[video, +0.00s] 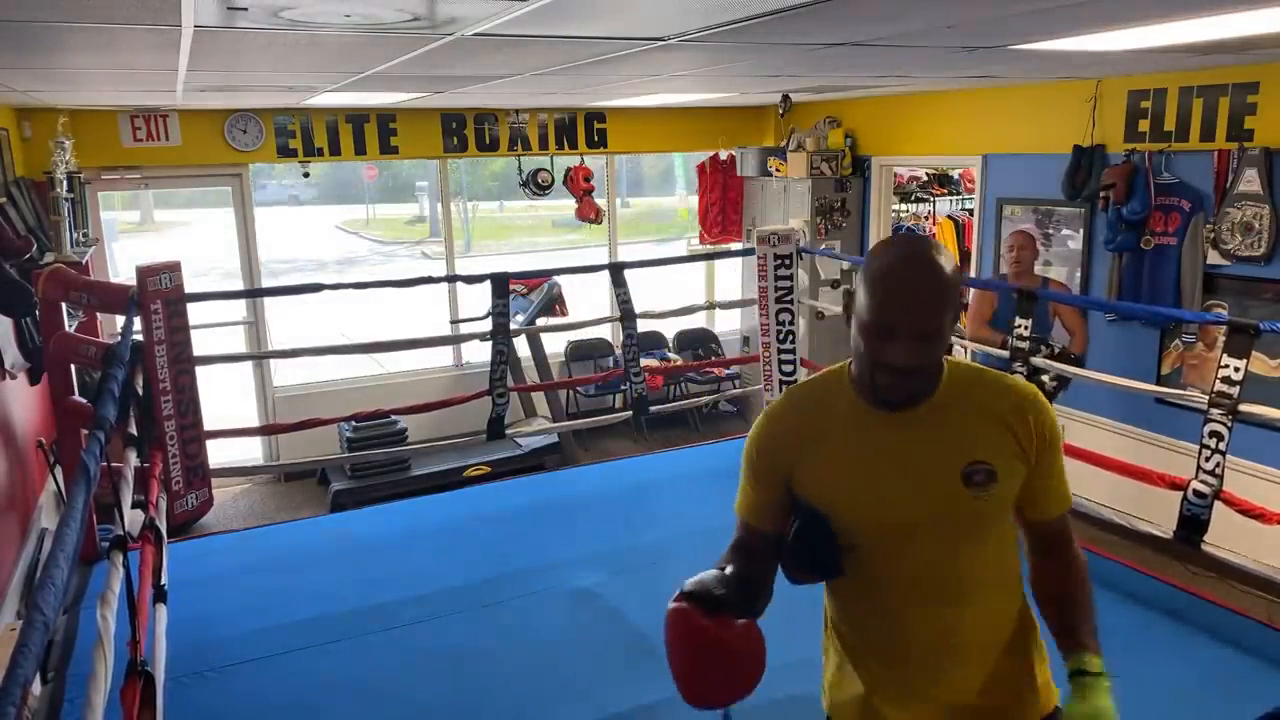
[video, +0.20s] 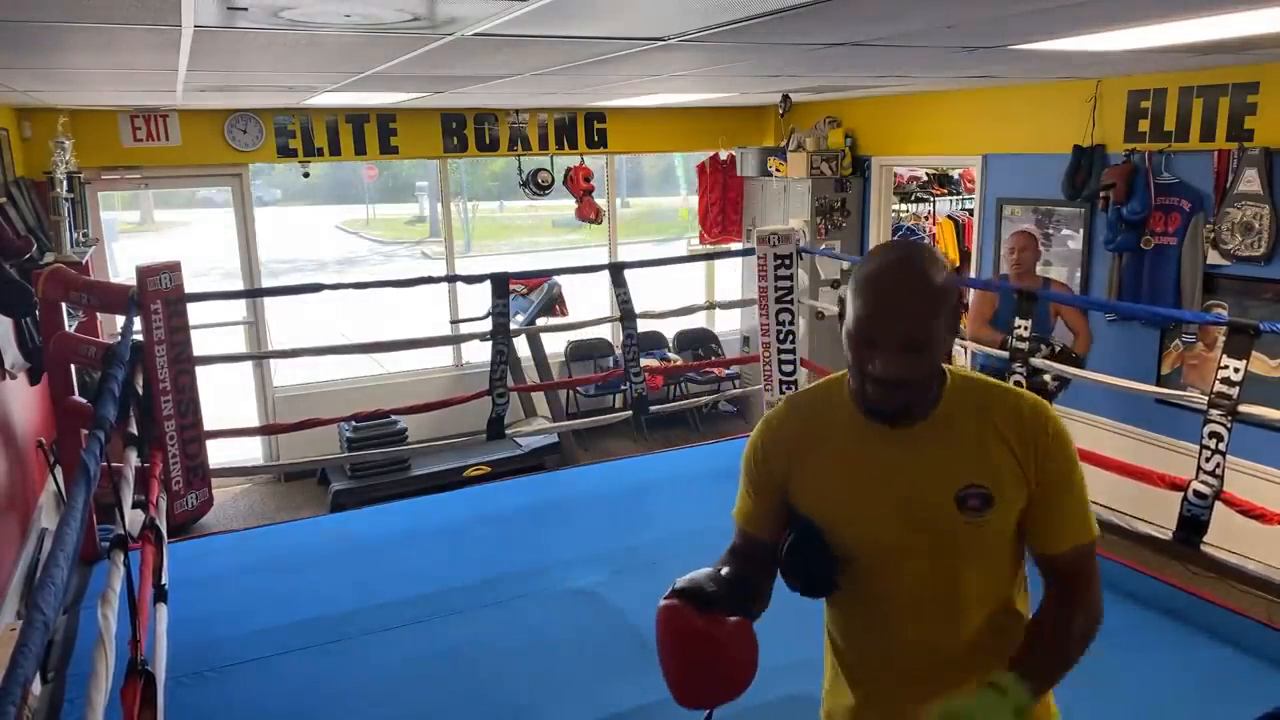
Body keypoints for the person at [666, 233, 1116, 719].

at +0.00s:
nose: (901, 358)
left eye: (925, 338)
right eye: (880, 336)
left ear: (956, 317)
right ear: (849, 310)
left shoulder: (1017, 414)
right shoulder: (788, 428)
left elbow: (1052, 544)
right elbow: (755, 544)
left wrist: (1088, 675)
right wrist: (726, 591)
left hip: (1005, 697)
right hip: (867, 703)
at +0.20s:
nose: (883, 370)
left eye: (912, 348)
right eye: (865, 342)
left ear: (955, 326)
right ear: (841, 319)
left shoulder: (1024, 429)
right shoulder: (787, 434)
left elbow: (1075, 598)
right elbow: (749, 564)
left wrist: (1007, 698)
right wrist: (710, 592)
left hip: (993, 703)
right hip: (857, 706)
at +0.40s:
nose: (882, 385)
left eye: (912, 365)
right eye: (866, 354)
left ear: (962, 351)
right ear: (849, 336)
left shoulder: (1036, 454)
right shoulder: (793, 438)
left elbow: (1056, 649)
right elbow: (752, 563)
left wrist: (922, 699)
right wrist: (713, 596)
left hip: (990, 706)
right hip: (850, 703)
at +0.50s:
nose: (884, 388)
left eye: (920, 369)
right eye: (872, 355)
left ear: (975, 358)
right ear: (857, 337)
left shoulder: (1047, 480)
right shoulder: (801, 441)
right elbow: (752, 560)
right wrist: (698, 603)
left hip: (970, 710)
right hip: (837, 697)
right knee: (750, 711)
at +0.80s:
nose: (897, 381)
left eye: (939, 367)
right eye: (890, 344)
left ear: (1006, 378)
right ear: (879, 326)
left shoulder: (1057, 537)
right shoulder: (808, 442)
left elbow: (1040, 708)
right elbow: (742, 551)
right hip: (810, 707)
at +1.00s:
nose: (833, 374)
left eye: (872, 358)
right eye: (831, 344)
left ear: (945, 385)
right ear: (816, 343)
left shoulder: (1012, 550)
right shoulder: (750, 462)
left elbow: (1044, 707)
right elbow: (690, 587)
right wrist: (579, 594)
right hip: (767, 706)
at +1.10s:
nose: (795, 380)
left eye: (833, 365)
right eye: (792, 347)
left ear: (913, 387)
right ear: (780, 342)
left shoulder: (989, 552)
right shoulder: (722, 468)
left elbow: (1022, 709)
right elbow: (657, 600)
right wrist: (534, 611)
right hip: (749, 704)